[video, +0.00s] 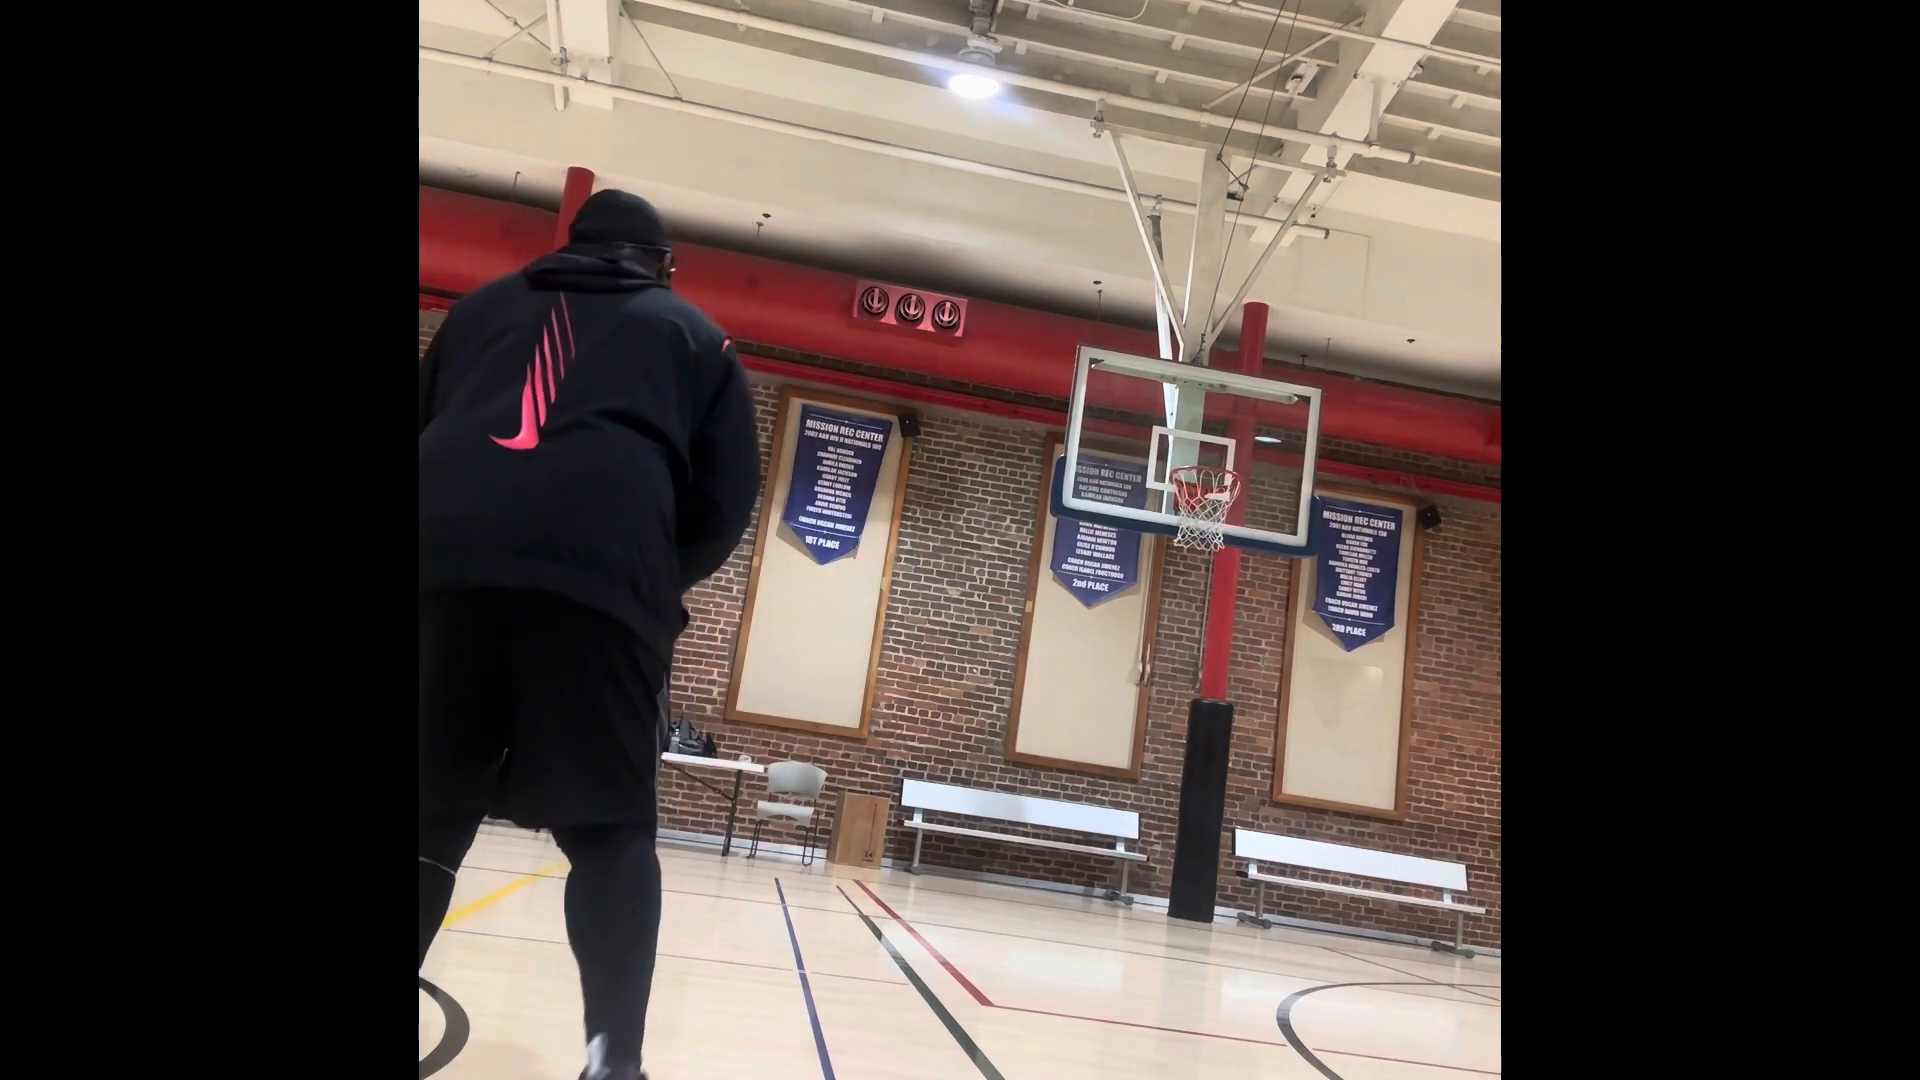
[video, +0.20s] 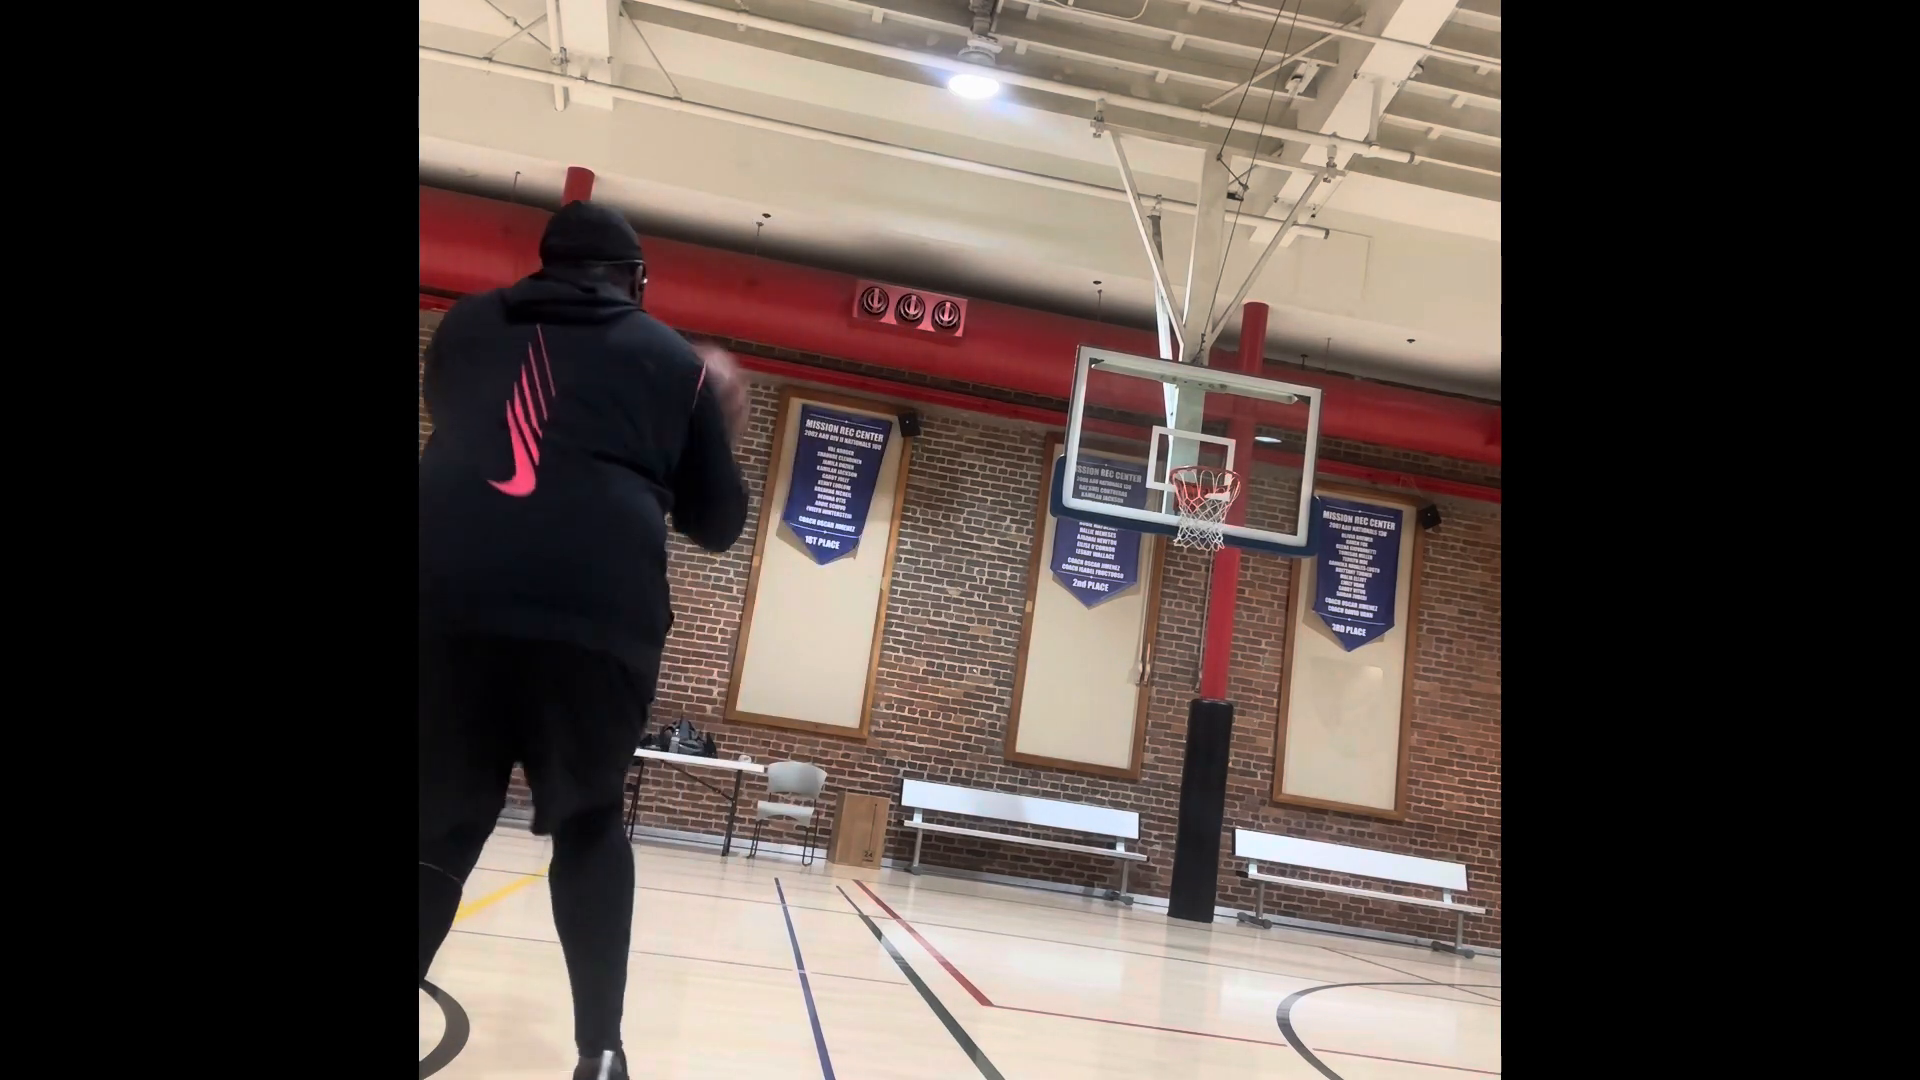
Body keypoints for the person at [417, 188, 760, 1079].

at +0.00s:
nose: (669, 277)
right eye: (670, 266)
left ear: (570, 243)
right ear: (659, 263)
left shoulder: (478, 308)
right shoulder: (696, 337)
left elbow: (425, 425)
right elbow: (728, 497)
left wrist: (454, 523)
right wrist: (653, 567)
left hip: (443, 571)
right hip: (601, 586)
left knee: (429, 819)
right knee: (611, 831)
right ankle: (614, 1057)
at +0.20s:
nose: (636, 287)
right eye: (636, 276)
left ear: (545, 265)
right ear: (631, 277)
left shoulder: (466, 325)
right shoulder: (674, 365)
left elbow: (447, 408)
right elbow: (717, 522)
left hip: (446, 603)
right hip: (596, 618)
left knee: (439, 828)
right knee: (588, 822)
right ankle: (599, 1052)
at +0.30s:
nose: (641, 290)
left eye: (636, 280)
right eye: (638, 280)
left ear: (544, 274)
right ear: (628, 284)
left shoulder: (473, 335)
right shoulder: (665, 370)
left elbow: (471, 365)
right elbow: (746, 479)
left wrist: (583, 312)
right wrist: (716, 366)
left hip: (457, 628)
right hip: (597, 641)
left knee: (444, 834)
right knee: (581, 832)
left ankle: (415, 1018)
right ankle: (594, 1047)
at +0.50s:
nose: (660, 267)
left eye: (651, 249)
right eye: (654, 253)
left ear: (554, 264)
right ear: (646, 272)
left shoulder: (506, 333)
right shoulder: (694, 363)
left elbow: (516, 259)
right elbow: (794, 357)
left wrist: (619, 198)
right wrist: (742, 261)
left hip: (491, 637)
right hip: (629, 655)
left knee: (445, 850)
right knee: (586, 851)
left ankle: (417, 1018)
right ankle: (589, 1052)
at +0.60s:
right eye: (659, 216)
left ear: (565, 231)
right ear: (663, 235)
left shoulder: (525, 304)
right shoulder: (711, 333)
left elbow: (531, 213)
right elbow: (802, 325)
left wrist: (635, 147)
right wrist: (750, 227)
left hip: (513, 604)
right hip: (648, 625)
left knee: (448, 817)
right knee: (597, 831)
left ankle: (415, 1014)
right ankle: (592, 1047)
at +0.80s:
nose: (659, 128)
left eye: (628, 114)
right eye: (679, 119)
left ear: (612, 125)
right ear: (702, 129)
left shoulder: (568, 186)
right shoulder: (747, 210)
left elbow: (525, 123)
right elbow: (802, 126)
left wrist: (547, 47)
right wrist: (832, 53)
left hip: (559, 499)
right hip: (683, 522)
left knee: (486, 707)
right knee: (643, 737)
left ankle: (424, 953)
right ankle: (637, 965)